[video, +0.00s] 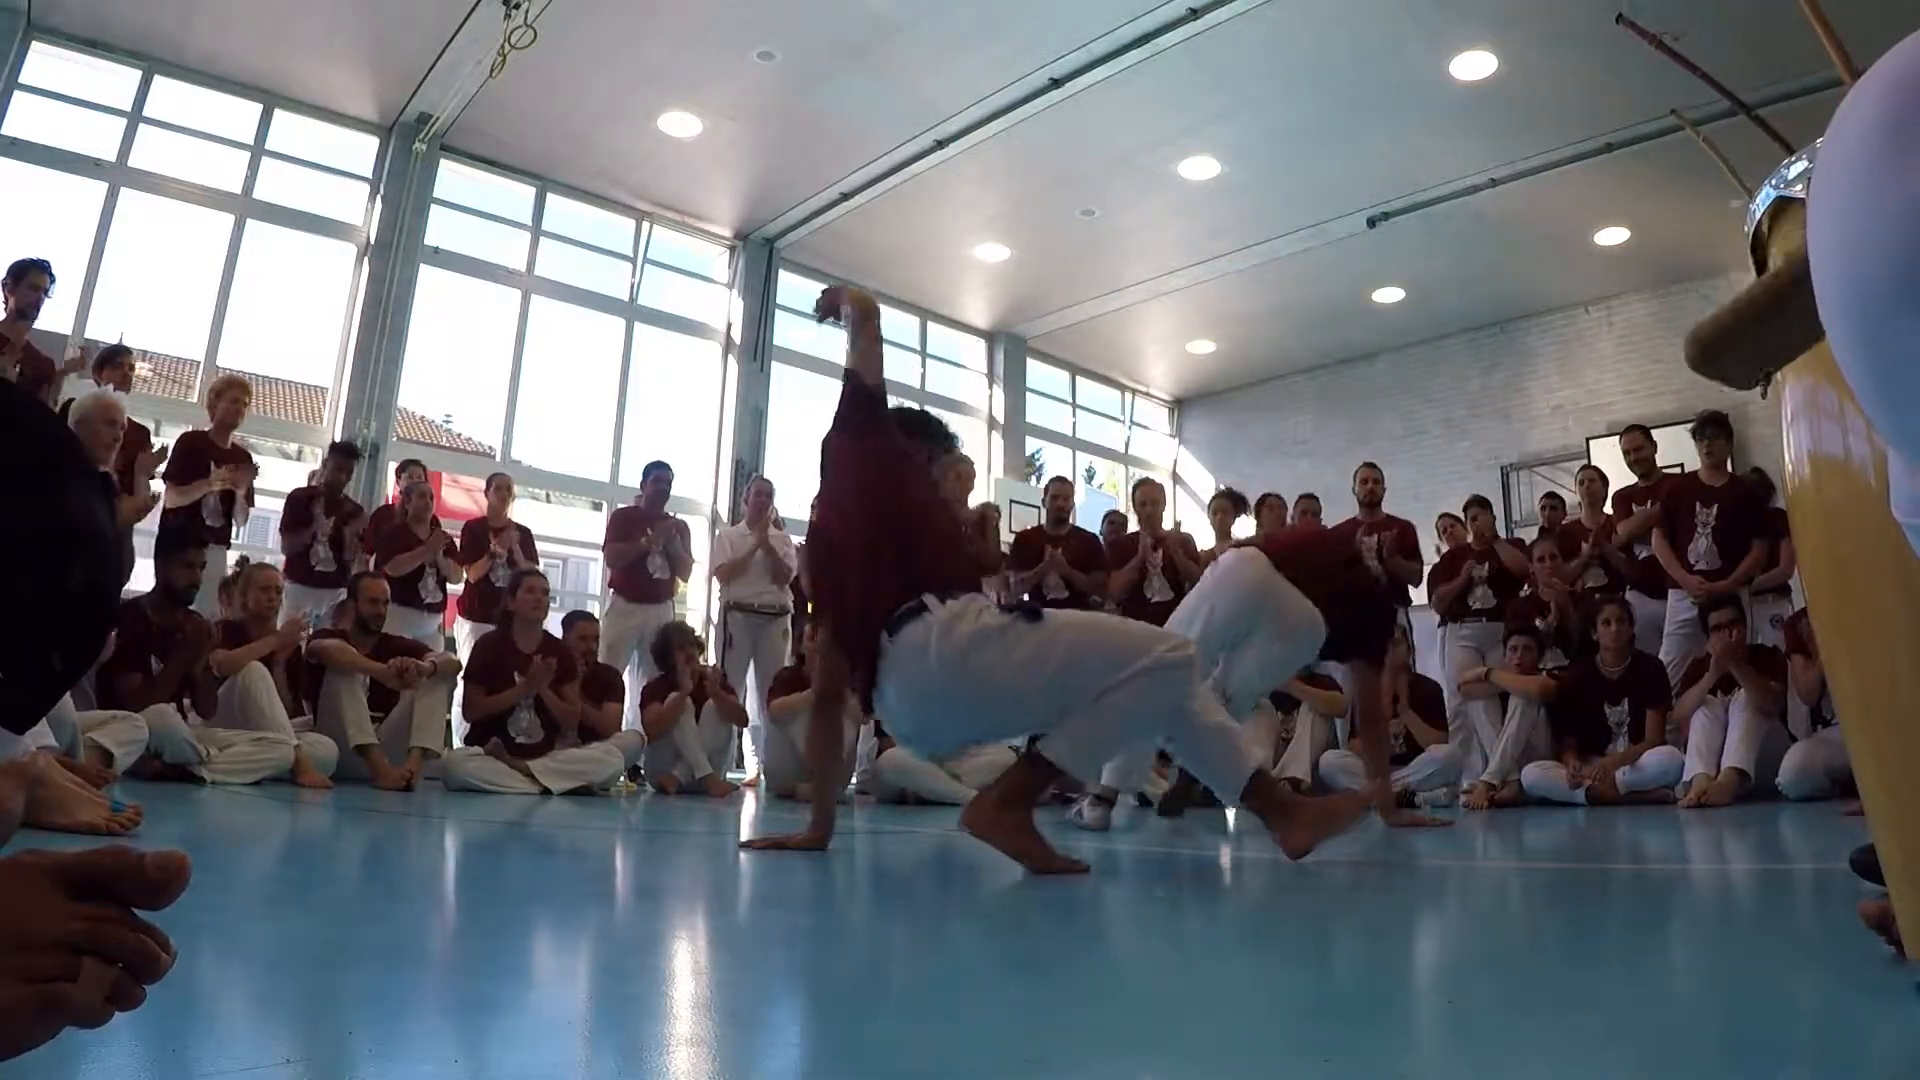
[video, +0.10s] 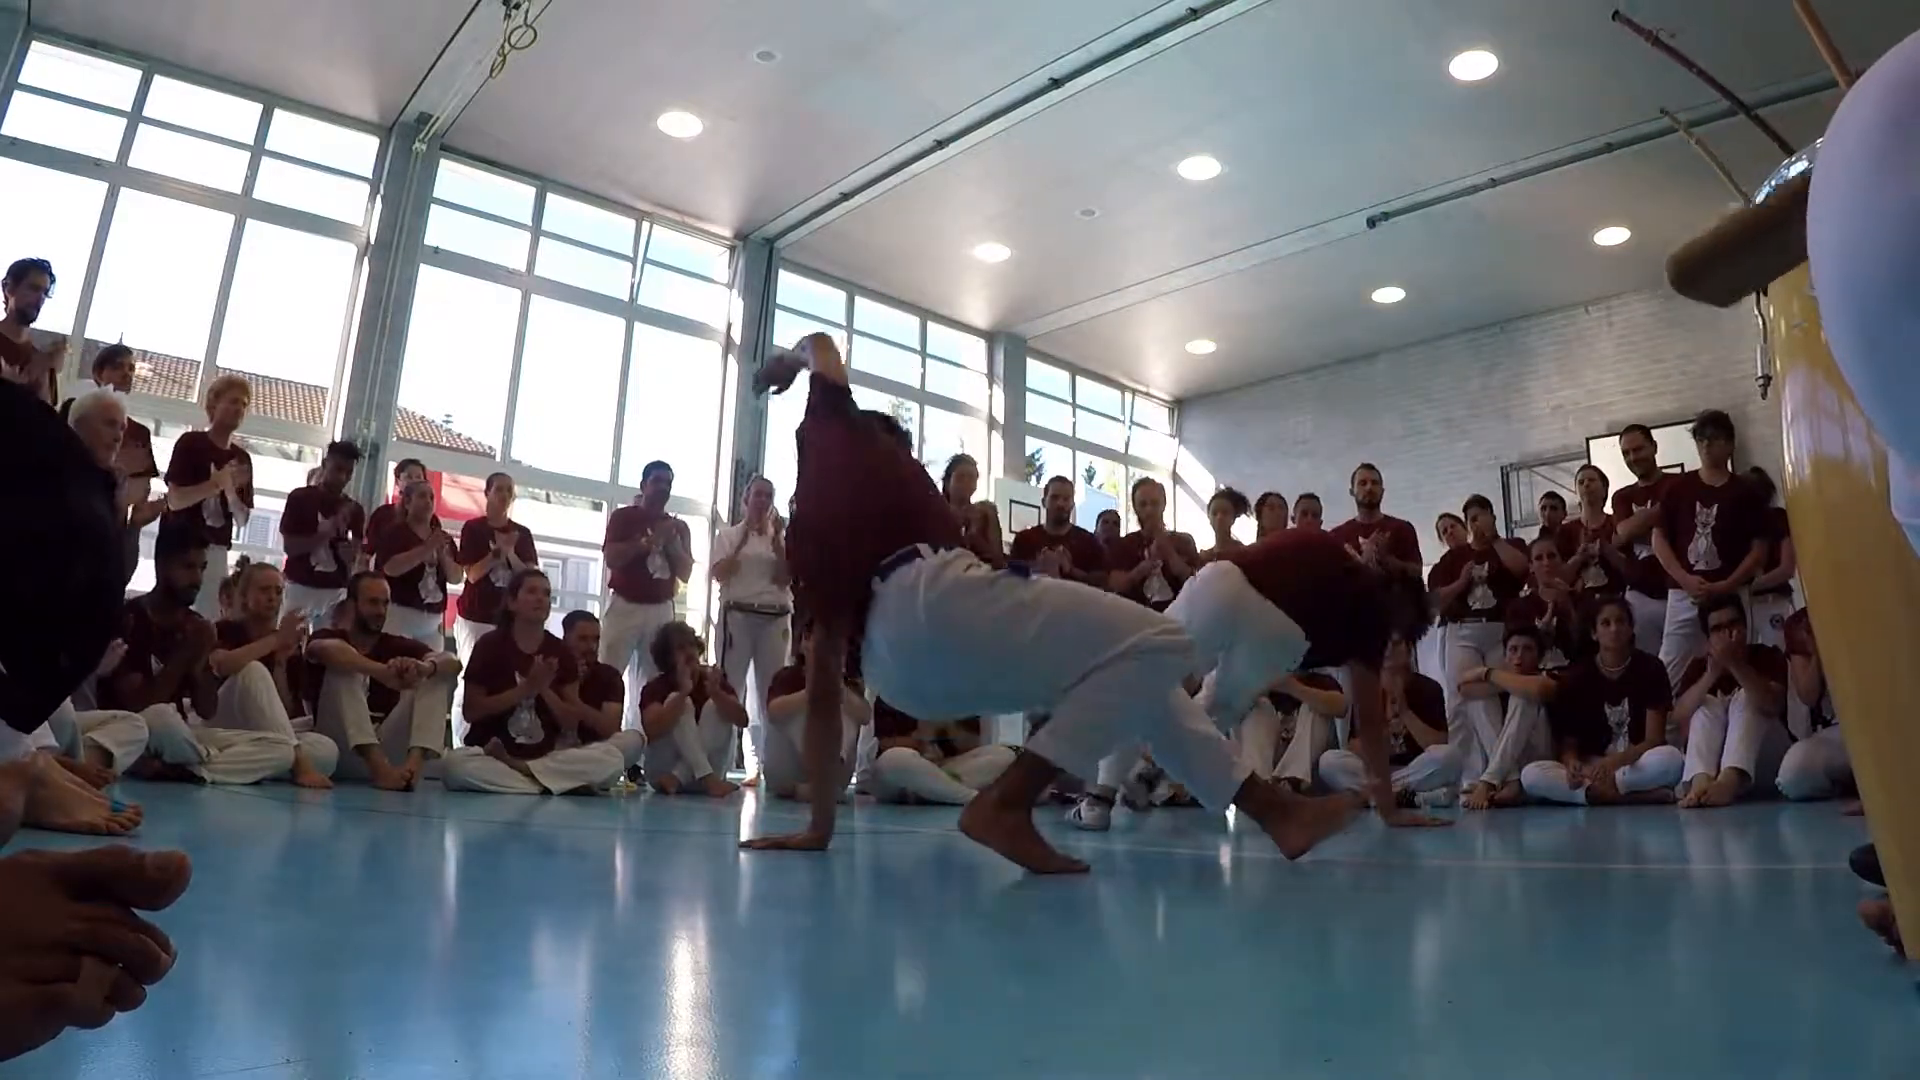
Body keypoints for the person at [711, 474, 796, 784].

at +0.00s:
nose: (761, 500)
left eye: (766, 496)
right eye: (756, 495)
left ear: (773, 502)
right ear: (745, 498)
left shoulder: (783, 538)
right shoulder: (728, 535)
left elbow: (786, 577)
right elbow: (721, 574)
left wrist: (766, 544)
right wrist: (752, 549)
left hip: (775, 618)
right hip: (736, 616)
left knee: (772, 693)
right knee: (730, 690)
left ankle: (768, 763)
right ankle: (725, 764)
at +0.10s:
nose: (761, 500)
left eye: (766, 496)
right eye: (757, 494)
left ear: (773, 501)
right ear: (745, 498)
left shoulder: (783, 535)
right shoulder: (729, 534)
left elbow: (786, 578)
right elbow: (718, 574)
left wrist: (778, 541)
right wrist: (742, 544)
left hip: (776, 616)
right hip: (737, 614)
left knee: (771, 693)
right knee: (730, 690)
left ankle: (768, 764)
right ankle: (725, 764)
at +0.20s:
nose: (760, 500)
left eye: (764, 494)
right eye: (755, 494)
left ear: (771, 500)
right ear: (744, 499)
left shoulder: (780, 534)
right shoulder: (729, 535)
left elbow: (790, 572)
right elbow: (718, 574)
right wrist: (730, 538)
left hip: (774, 615)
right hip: (737, 613)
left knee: (771, 694)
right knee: (730, 690)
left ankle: (768, 764)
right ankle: (722, 764)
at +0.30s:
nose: (762, 506)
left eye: (768, 499)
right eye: (758, 498)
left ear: (776, 504)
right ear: (746, 500)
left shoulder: (782, 534)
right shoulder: (729, 533)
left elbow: (790, 576)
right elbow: (722, 576)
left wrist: (772, 537)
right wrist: (741, 537)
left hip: (775, 616)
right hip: (738, 613)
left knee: (771, 694)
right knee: (731, 690)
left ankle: (768, 764)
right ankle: (724, 764)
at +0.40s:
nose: (759, 504)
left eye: (765, 498)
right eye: (755, 498)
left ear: (774, 504)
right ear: (744, 501)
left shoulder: (782, 534)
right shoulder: (728, 535)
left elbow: (789, 574)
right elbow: (722, 575)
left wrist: (771, 546)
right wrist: (750, 550)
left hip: (775, 616)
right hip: (737, 614)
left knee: (772, 694)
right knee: (730, 690)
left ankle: (769, 764)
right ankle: (723, 764)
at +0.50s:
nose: (759, 500)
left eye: (764, 496)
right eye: (755, 494)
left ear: (772, 502)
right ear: (744, 499)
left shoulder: (779, 538)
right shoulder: (726, 535)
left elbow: (786, 576)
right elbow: (717, 573)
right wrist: (747, 554)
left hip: (774, 618)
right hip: (736, 615)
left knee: (771, 694)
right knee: (729, 690)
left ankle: (768, 765)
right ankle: (723, 764)